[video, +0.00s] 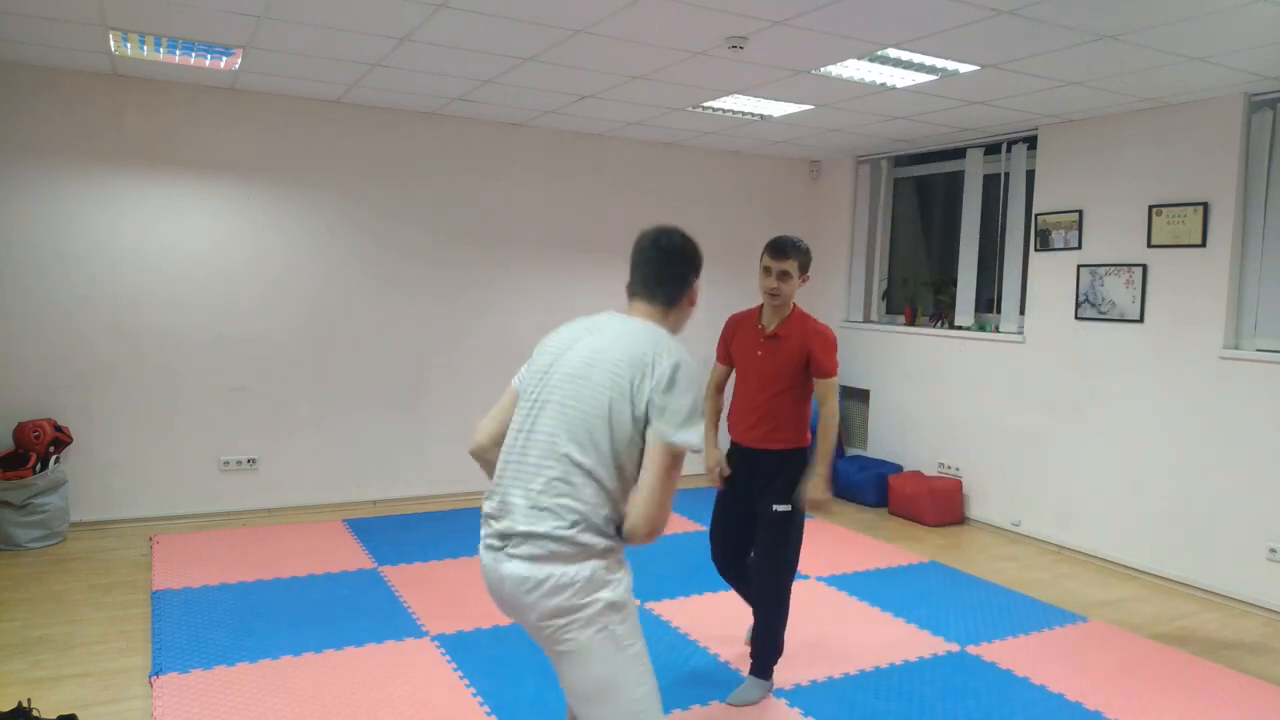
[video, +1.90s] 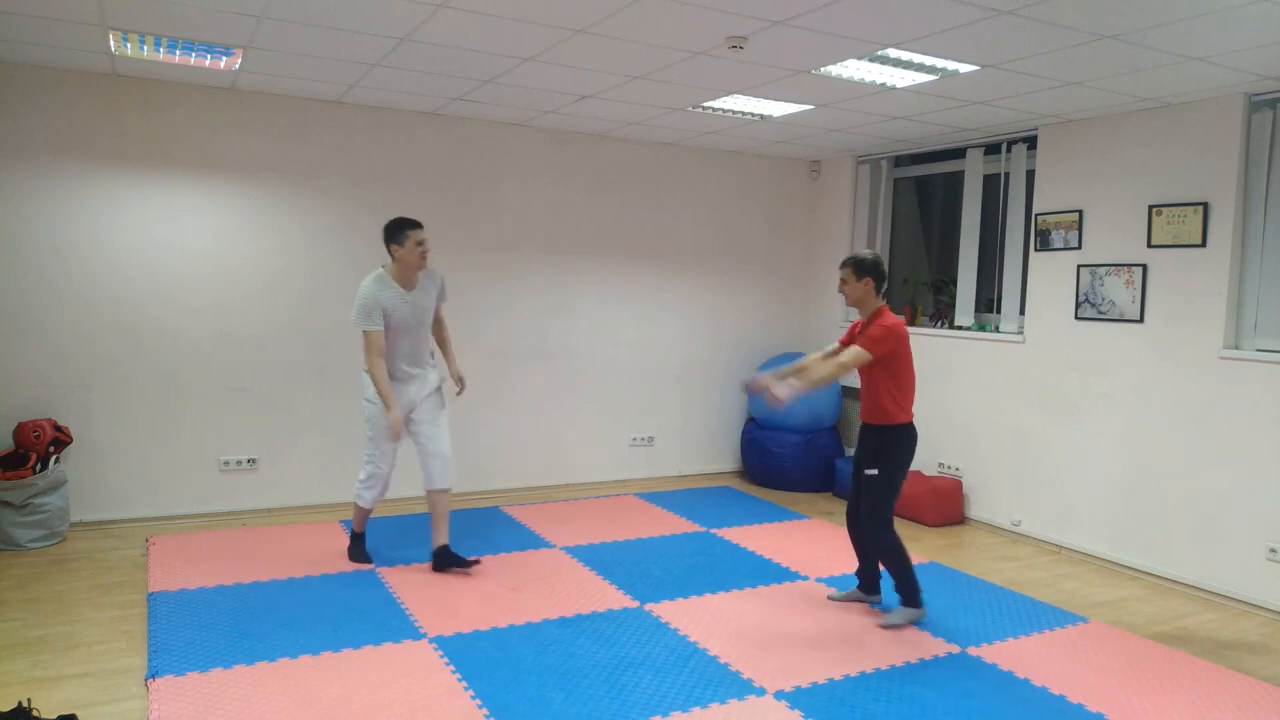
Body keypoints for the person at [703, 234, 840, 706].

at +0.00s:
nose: (774, 282)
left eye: (785, 275)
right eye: (767, 272)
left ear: (802, 280)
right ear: (758, 273)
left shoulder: (817, 337)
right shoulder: (737, 325)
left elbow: (829, 410)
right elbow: (714, 389)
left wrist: (819, 475)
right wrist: (711, 448)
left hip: (786, 463)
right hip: (740, 458)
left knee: (772, 571)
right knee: (724, 554)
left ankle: (761, 672)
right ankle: (768, 610)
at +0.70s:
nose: (823, 293)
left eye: (831, 285)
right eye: (820, 285)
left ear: (856, 288)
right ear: (820, 289)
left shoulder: (868, 342)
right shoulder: (806, 339)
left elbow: (859, 407)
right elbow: (784, 389)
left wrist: (820, 451)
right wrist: (759, 436)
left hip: (816, 453)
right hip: (779, 448)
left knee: (792, 552)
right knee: (785, 547)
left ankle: (783, 655)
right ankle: (812, 623)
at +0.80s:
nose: (835, 289)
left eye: (843, 283)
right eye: (834, 283)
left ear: (868, 288)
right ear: (834, 287)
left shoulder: (878, 342)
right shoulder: (817, 338)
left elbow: (873, 408)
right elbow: (793, 389)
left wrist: (833, 453)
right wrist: (765, 436)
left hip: (824, 449)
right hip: (788, 442)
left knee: (802, 546)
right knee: (785, 545)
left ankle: (820, 629)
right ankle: (809, 623)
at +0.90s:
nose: (846, 288)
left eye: (855, 281)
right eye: (846, 281)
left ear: (879, 288)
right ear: (847, 286)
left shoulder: (889, 341)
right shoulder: (833, 338)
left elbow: (888, 407)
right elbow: (807, 392)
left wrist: (856, 456)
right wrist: (774, 436)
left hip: (835, 447)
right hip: (799, 442)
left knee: (815, 543)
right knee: (792, 541)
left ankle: (869, 595)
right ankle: (811, 625)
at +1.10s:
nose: (868, 284)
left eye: (877, 278)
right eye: (868, 278)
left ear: (900, 287)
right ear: (869, 285)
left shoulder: (912, 345)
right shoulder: (857, 337)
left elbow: (913, 412)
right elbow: (841, 395)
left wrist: (900, 471)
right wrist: (810, 445)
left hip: (865, 456)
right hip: (826, 448)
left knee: (879, 544)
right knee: (806, 538)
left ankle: (935, 614)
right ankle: (812, 624)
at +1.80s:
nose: (845, 287)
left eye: (850, 281)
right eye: (846, 281)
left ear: (873, 284)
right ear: (868, 285)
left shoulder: (892, 329)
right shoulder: (866, 328)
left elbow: (871, 386)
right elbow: (839, 374)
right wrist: (807, 410)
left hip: (892, 440)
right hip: (868, 437)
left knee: (887, 525)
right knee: (856, 518)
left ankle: (932, 612)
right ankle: (868, 587)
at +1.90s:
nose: (840, 289)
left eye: (845, 282)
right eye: (840, 282)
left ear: (868, 284)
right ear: (864, 286)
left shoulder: (888, 327)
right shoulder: (861, 326)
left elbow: (843, 365)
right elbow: (824, 358)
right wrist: (776, 377)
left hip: (895, 436)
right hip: (871, 433)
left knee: (874, 518)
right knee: (856, 515)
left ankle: (913, 603)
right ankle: (868, 588)